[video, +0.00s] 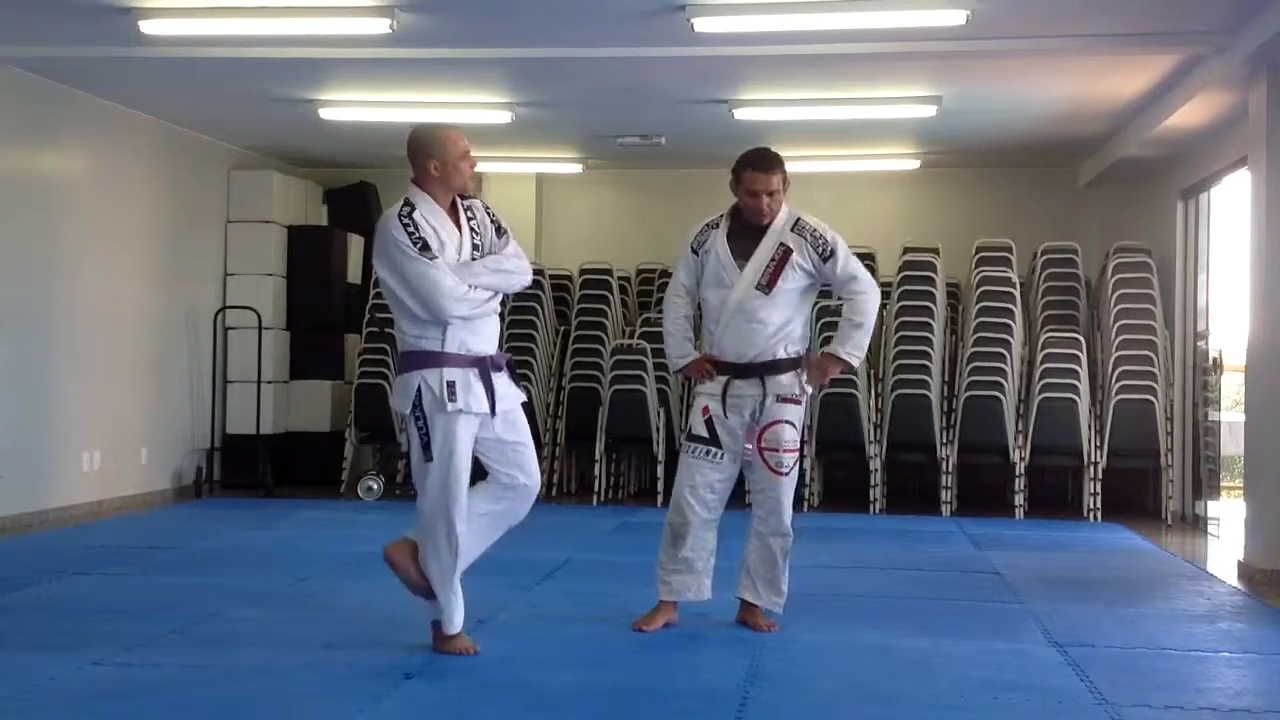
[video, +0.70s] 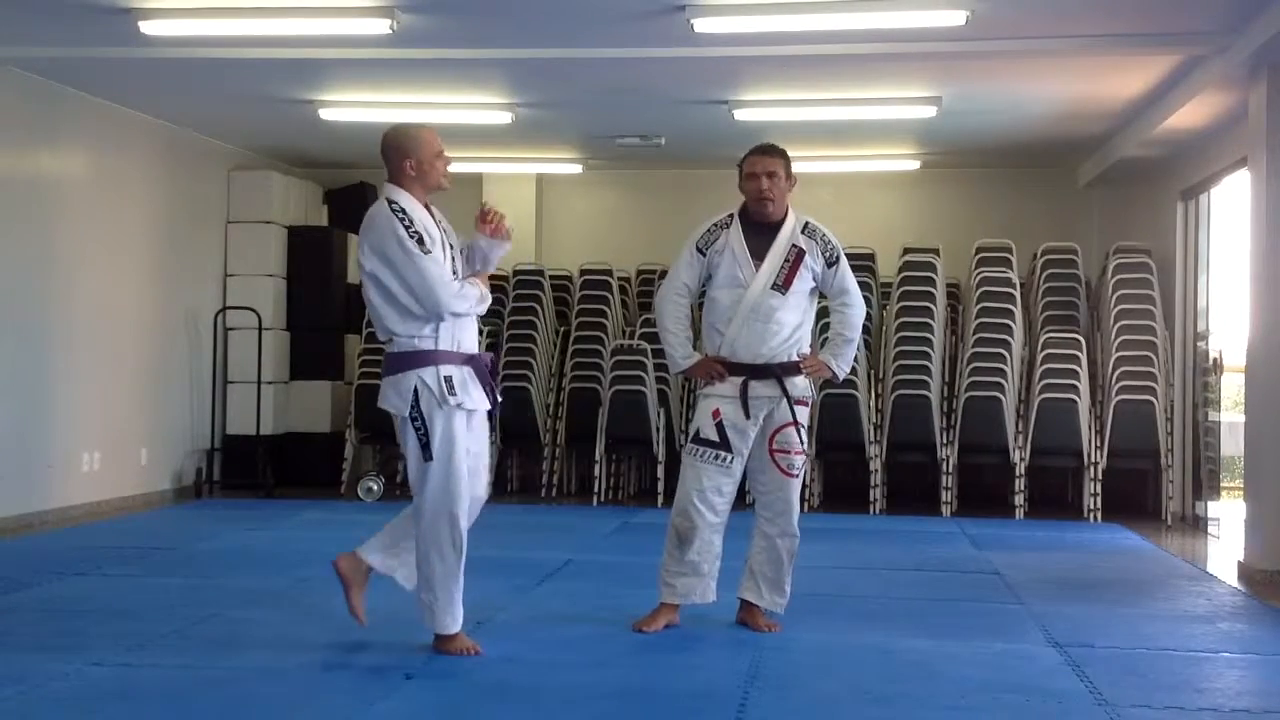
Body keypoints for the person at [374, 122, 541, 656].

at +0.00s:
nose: (475, 165)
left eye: (472, 157)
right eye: (466, 159)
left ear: (444, 167)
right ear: (433, 168)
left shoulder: (477, 213)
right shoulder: (398, 227)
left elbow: (521, 271)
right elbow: (446, 301)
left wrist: (457, 273)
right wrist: (494, 290)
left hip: (489, 373)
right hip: (435, 377)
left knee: (520, 482)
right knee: (444, 501)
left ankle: (420, 554)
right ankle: (449, 626)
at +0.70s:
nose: (448, 165)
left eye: (446, 157)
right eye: (440, 158)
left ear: (415, 166)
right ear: (411, 167)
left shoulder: (427, 216)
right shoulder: (389, 218)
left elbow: (466, 277)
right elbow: (439, 296)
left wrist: (488, 241)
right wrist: (479, 292)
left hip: (460, 373)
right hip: (428, 376)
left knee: (471, 490)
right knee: (444, 501)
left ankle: (364, 562)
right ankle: (446, 629)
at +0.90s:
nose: (434, 167)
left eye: (432, 158)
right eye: (425, 159)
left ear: (398, 166)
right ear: (393, 167)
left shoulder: (415, 217)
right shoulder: (374, 221)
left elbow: (477, 260)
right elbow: (433, 298)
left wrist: (457, 264)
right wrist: (462, 294)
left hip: (427, 376)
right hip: (399, 378)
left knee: (405, 493)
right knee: (430, 499)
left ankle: (328, 593)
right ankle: (443, 627)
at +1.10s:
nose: (425, 170)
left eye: (424, 162)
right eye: (415, 162)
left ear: (390, 170)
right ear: (382, 169)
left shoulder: (410, 223)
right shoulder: (349, 219)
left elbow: (461, 272)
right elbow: (398, 293)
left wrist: (411, 271)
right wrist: (436, 307)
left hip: (403, 378)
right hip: (365, 378)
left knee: (371, 496)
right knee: (397, 499)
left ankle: (315, 605)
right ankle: (432, 621)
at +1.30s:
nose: (413, 166)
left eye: (411, 157)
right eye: (402, 157)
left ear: (379, 167)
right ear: (370, 166)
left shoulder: (400, 223)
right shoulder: (339, 214)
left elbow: (449, 272)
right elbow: (387, 282)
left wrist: (391, 269)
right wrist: (422, 294)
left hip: (388, 375)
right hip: (350, 373)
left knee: (349, 490)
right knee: (390, 489)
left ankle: (310, 607)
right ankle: (407, 619)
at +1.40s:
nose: (411, 165)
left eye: (409, 156)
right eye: (401, 157)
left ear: (377, 164)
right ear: (368, 164)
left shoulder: (398, 222)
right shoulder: (338, 212)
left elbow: (447, 278)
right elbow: (382, 291)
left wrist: (393, 266)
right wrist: (416, 291)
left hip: (383, 370)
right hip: (347, 367)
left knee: (345, 486)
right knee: (385, 487)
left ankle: (309, 608)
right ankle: (382, 625)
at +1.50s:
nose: (411, 165)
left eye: (409, 157)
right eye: (402, 156)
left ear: (377, 165)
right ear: (369, 164)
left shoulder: (395, 223)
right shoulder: (341, 212)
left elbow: (435, 288)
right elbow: (380, 294)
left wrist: (387, 269)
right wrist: (418, 290)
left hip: (379, 374)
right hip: (347, 373)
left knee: (342, 493)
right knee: (364, 501)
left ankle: (309, 609)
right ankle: (356, 633)